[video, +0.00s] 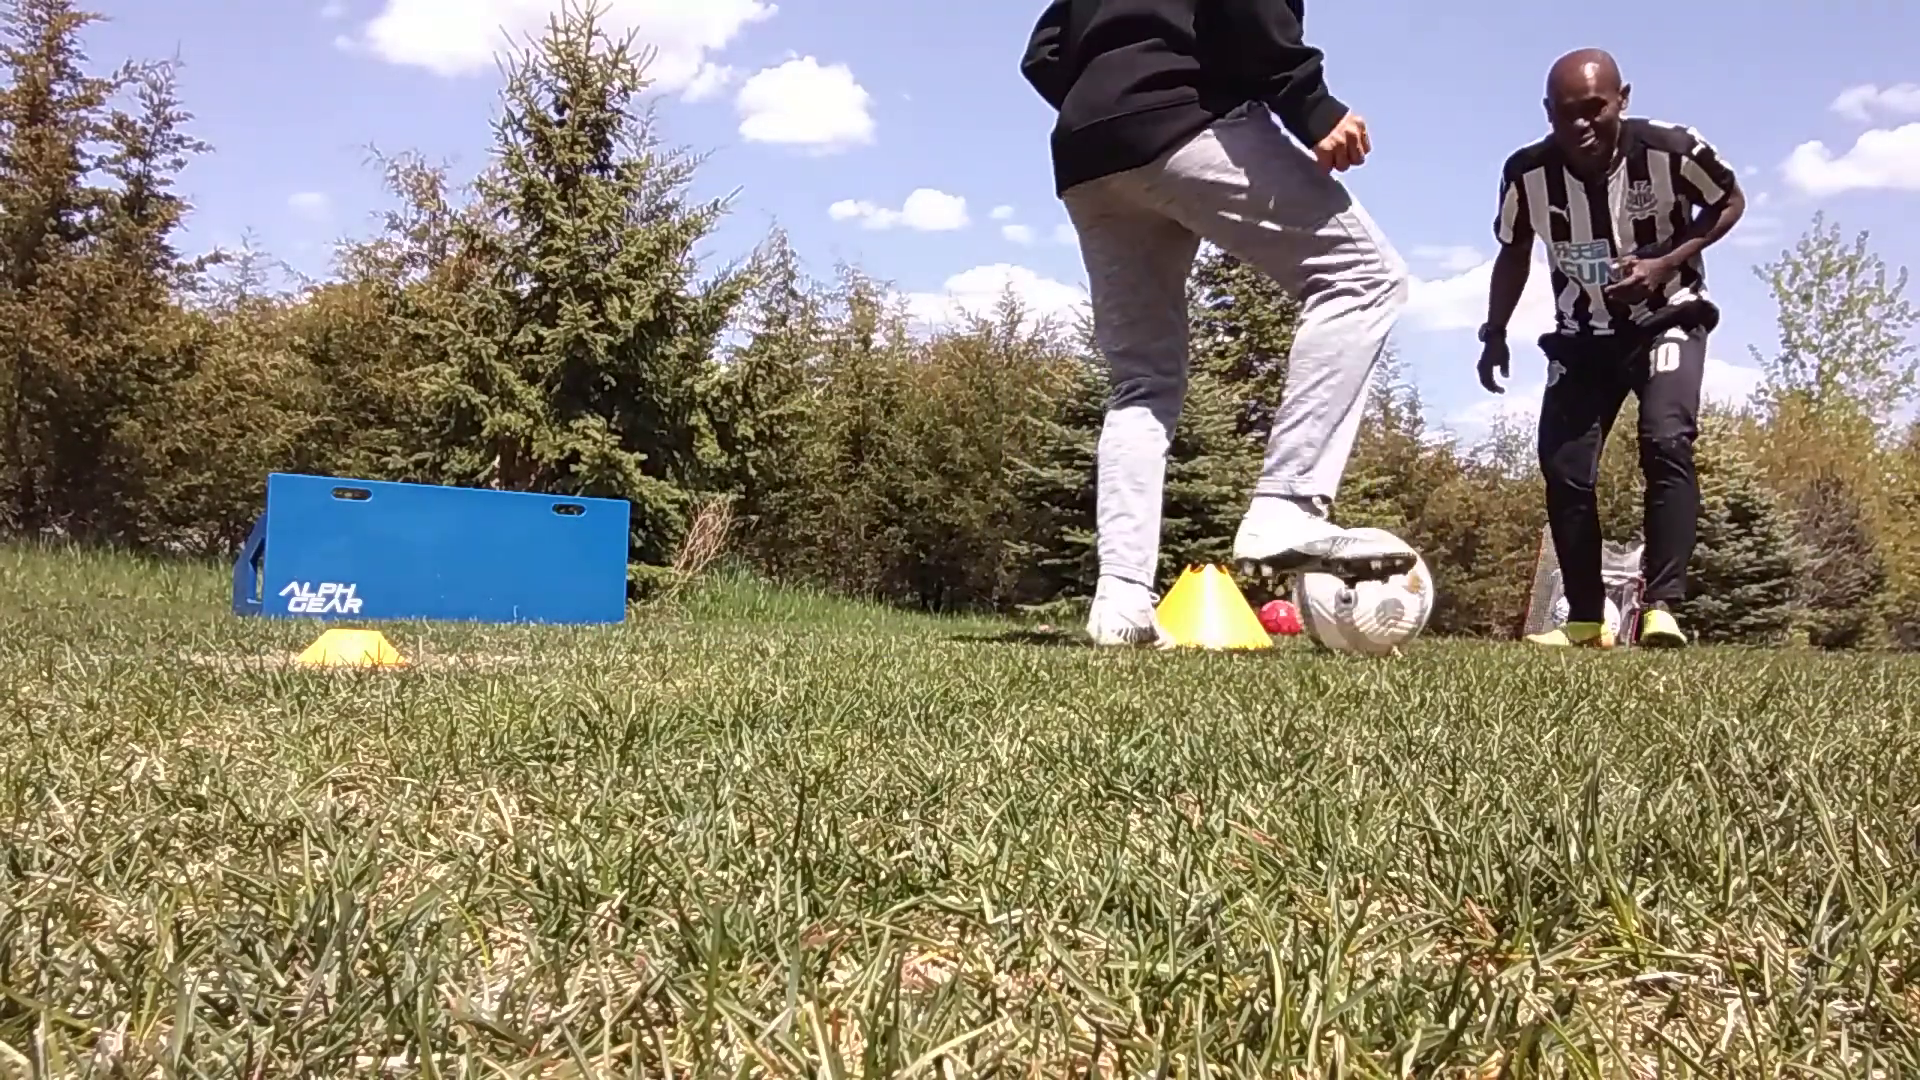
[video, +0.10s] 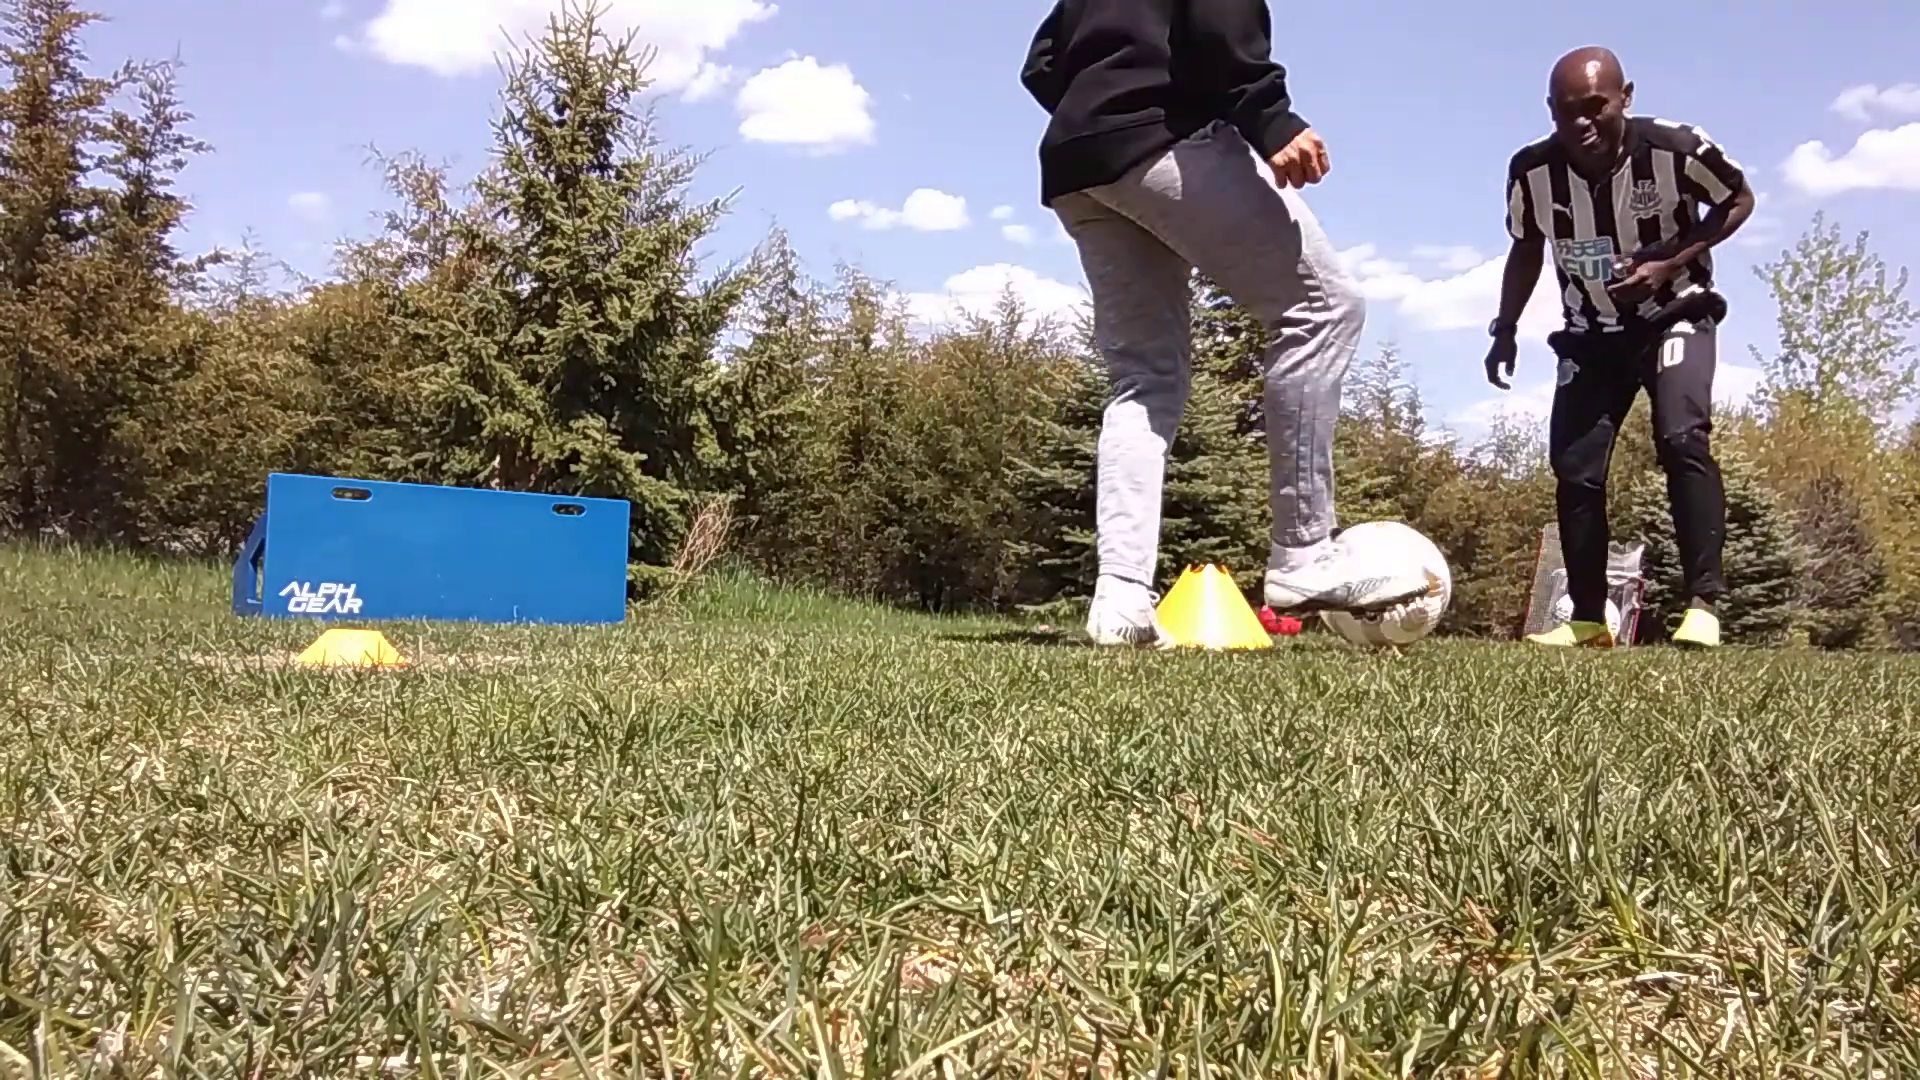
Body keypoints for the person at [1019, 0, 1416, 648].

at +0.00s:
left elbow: (1044, 52)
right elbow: (1254, 14)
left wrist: (1116, 117)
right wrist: (1314, 105)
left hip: (1081, 136)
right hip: (1185, 105)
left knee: (1141, 384)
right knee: (1365, 278)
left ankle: (1121, 603)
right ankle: (1288, 505)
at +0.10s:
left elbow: (1043, 61)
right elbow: (1219, 19)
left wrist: (1117, 122)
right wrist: (1274, 120)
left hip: (1072, 142)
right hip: (1167, 127)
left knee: (1144, 380)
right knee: (1322, 308)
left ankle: (1120, 604)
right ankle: (1303, 560)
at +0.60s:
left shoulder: (974, 1)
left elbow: (929, 50)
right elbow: (1103, 30)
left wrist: (993, 114)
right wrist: (1153, 131)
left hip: (954, 143)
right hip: (1048, 136)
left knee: (970, 376)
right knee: (1136, 343)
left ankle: (907, 550)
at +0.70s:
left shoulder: (957, 5)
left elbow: (906, 77)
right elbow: (1075, 41)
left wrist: (975, 139)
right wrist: (1120, 150)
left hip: (931, 173)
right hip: (1020, 169)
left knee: (935, 393)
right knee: (1083, 382)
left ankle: (850, 576)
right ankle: (1019, 585)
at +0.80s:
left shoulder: (946, 24)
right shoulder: (1063, 4)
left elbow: (887, 129)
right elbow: (1043, 88)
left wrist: (958, 178)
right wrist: (1105, 198)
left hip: (901, 211)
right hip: (982, 207)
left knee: (901, 421)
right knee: (1077, 395)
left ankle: (809, 593)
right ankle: (999, 575)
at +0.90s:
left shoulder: (939, 13)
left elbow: (877, 101)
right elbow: (1045, 62)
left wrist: (938, 164)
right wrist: (1101, 181)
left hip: (894, 187)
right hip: (981, 187)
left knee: (885, 396)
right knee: (1056, 379)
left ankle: (811, 578)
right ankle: (978, 566)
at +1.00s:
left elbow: (873, 77)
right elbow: (1093, 60)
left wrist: (921, 155)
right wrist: (1131, 176)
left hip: (902, 182)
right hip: (995, 185)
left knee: (894, 387)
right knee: (1019, 400)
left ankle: (816, 549)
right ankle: (956, 591)